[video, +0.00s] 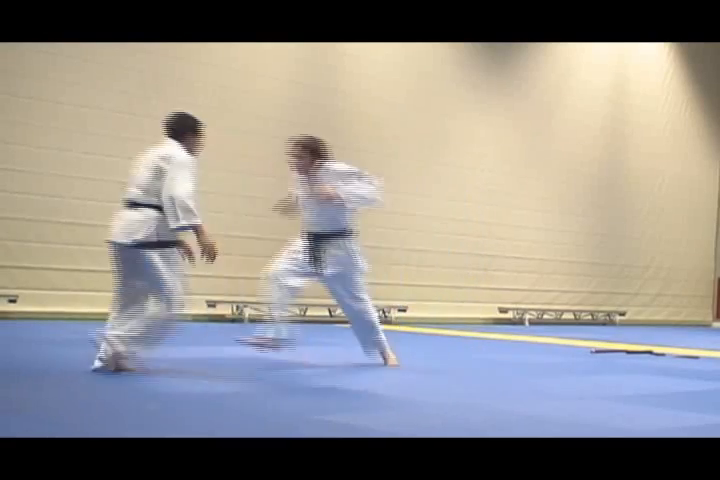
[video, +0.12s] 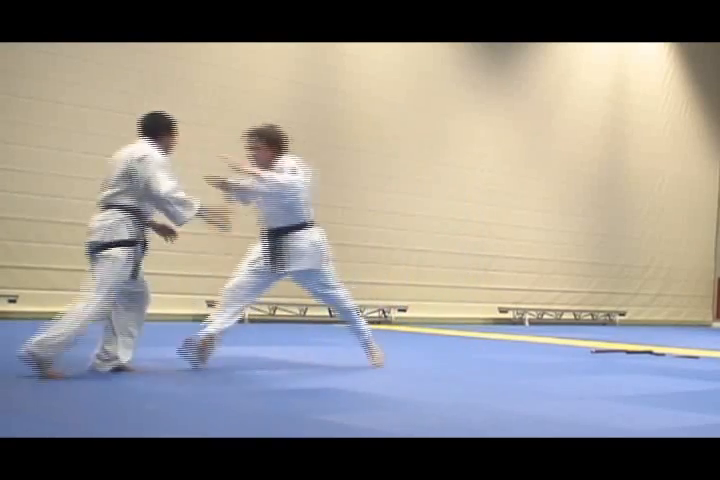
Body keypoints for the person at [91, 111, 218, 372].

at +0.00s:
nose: (201, 141)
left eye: (201, 136)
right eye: (198, 136)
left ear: (174, 134)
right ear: (186, 136)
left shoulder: (156, 152)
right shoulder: (180, 157)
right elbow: (178, 196)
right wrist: (202, 235)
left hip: (124, 233)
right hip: (147, 236)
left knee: (130, 296)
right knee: (172, 303)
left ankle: (109, 354)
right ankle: (123, 343)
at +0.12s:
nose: (175, 140)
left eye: (175, 134)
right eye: (172, 135)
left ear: (148, 132)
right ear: (161, 134)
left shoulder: (129, 153)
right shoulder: (149, 154)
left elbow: (126, 200)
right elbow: (165, 192)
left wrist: (155, 224)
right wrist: (201, 211)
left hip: (108, 229)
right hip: (119, 230)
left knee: (135, 295)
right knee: (101, 300)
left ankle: (111, 358)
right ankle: (41, 350)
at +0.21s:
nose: (159, 145)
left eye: (158, 140)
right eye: (156, 140)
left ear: (132, 139)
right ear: (146, 141)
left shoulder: (127, 161)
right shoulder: (126, 159)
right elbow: (157, 186)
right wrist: (197, 180)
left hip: (111, 238)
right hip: (98, 232)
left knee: (131, 297)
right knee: (83, 296)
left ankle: (111, 360)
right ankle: (24, 357)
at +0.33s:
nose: (143, 140)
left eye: (143, 136)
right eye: (141, 136)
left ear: (114, 129)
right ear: (133, 135)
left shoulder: (97, 143)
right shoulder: (115, 153)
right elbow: (146, 183)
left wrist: (141, 154)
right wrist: (168, 207)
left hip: (77, 227)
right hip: (78, 229)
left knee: (108, 291)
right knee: (79, 304)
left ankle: (111, 358)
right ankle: (28, 361)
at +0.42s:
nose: (140, 144)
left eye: (139, 138)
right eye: (140, 139)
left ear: (112, 130)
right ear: (134, 141)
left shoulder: (90, 140)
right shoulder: (120, 167)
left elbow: (77, 129)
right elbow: (134, 215)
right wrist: (155, 247)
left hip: (58, 220)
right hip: (68, 226)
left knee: (95, 290)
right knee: (74, 295)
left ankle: (101, 355)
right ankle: (31, 360)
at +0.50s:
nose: (140, 153)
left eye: (140, 147)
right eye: (140, 149)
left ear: (112, 138)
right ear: (135, 151)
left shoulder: (85, 143)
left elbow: (66, 123)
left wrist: (81, 99)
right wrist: (133, 261)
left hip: (40, 221)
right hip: (59, 229)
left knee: (78, 289)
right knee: (67, 295)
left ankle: (83, 351)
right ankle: (33, 361)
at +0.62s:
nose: (131, 159)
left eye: (132, 153)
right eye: (131, 153)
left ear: (104, 142)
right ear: (124, 151)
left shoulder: (73, 145)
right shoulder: (115, 179)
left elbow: (32, 127)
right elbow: (124, 224)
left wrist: (60, 108)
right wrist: (107, 234)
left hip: (40, 227)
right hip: (68, 235)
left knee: (42, 297)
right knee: (78, 305)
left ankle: (56, 356)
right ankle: (33, 362)